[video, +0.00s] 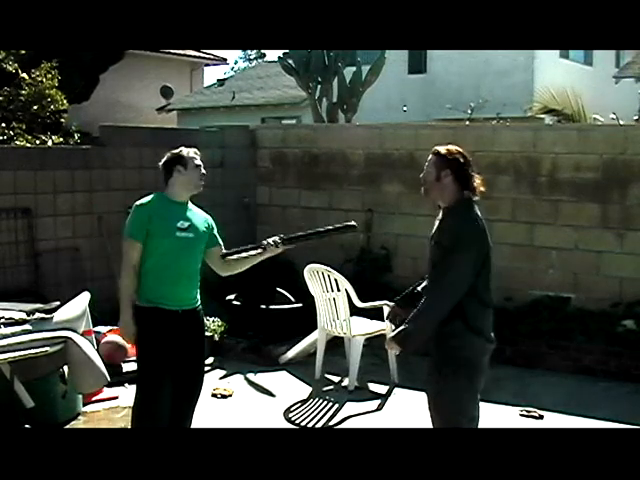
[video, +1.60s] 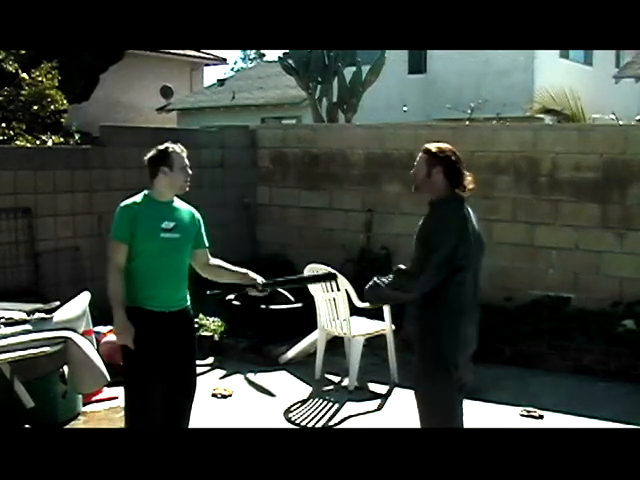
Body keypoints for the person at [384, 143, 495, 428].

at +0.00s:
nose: (422, 180)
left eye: (427, 172)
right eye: (423, 172)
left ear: (446, 176)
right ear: (445, 177)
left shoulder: (463, 223)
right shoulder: (450, 216)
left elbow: (447, 291)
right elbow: (438, 278)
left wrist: (405, 337)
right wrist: (403, 305)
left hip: (462, 342)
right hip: (450, 336)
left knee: (453, 418)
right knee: (447, 415)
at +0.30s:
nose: (421, 175)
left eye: (427, 168)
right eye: (423, 167)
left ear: (446, 171)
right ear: (446, 171)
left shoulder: (455, 215)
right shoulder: (465, 209)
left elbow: (443, 286)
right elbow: (445, 284)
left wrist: (423, 346)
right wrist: (427, 340)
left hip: (459, 338)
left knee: (455, 419)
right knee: (455, 417)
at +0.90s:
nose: (419, 167)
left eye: (426, 163)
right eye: (423, 162)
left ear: (444, 173)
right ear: (443, 174)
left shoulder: (444, 215)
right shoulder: (450, 212)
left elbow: (432, 281)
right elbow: (433, 280)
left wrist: (405, 328)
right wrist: (406, 325)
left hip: (448, 328)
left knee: (442, 410)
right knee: (445, 408)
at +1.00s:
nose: (422, 162)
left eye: (429, 160)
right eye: (426, 158)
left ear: (443, 174)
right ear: (444, 175)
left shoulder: (443, 212)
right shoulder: (453, 210)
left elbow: (429, 271)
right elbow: (430, 271)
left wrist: (395, 315)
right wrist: (397, 304)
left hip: (445, 327)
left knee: (441, 407)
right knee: (446, 404)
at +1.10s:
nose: (419, 168)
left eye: (426, 164)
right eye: (423, 163)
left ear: (444, 174)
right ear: (444, 174)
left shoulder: (445, 213)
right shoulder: (447, 209)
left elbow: (427, 272)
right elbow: (423, 265)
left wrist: (379, 292)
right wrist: (383, 281)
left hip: (449, 326)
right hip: (454, 322)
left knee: (437, 404)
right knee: (449, 401)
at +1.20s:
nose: (418, 170)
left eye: (424, 165)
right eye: (420, 164)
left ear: (443, 173)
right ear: (443, 173)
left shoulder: (448, 211)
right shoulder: (451, 208)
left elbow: (414, 257)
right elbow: (415, 253)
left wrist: (365, 252)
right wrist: (371, 251)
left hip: (449, 323)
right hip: (454, 319)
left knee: (436, 399)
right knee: (448, 399)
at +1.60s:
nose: (412, 173)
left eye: (418, 167)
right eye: (414, 166)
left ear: (436, 173)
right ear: (438, 173)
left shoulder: (444, 217)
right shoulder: (458, 213)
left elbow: (419, 281)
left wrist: (380, 289)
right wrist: (401, 277)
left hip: (439, 335)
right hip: (451, 332)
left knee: (436, 416)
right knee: (445, 413)